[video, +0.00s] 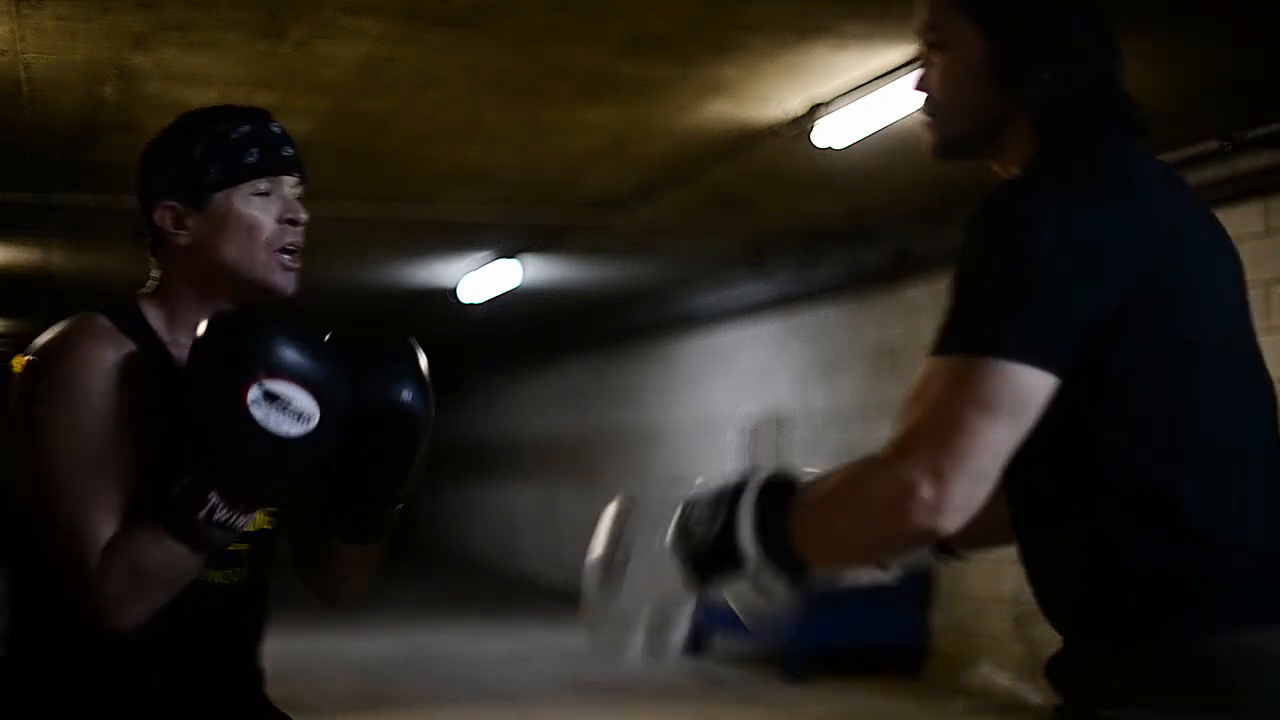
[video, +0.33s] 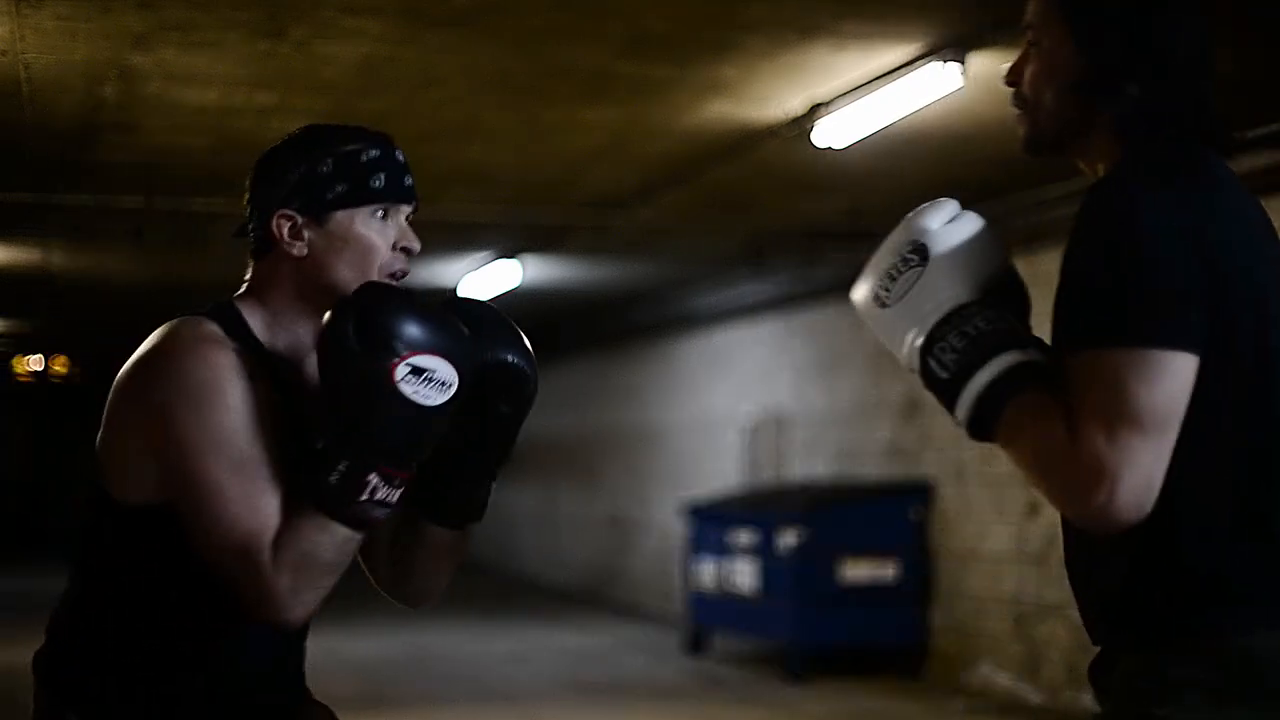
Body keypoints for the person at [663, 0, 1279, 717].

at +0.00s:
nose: (919, 80)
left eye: (938, 49)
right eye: (925, 52)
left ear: (1018, 58)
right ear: (1025, 64)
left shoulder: (1044, 213)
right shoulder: (1147, 198)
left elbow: (930, 492)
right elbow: (1088, 462)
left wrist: (752, 525)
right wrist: (908, 535)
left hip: (1168, 663)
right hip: (1240, 645)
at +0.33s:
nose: (1011, 73)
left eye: (1036, 43)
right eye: (1024, 44)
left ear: (1111, 57)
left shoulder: (1152, 207)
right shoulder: (1200, 199)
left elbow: (1109, 484)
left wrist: (968, 349)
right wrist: (1003, 342)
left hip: (1193, 673)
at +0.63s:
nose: (1016, 76)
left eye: (1041, 47)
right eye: (1028, 48)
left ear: (1115, 62)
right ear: (1121, 66)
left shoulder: (1171, 212)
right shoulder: (1167, 206)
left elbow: (1116, 487)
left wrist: (947, 350)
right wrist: (967, 341)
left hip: (1197, 673)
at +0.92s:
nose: (939, 55)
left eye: (957, 33)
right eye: (947, 33)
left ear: (1015, 47)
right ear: (1094, 50)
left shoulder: (1006, 199)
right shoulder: (1190, 198)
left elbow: (854, 391)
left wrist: (755, 319)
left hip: (1088, 629)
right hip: (1247, 612)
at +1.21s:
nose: (873, 51)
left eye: (894, 24)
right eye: (883, 25)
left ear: (955, 38)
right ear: (989, 41)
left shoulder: (979, 176)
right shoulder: (1049, 166)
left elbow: (894, 461)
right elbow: (884, 412)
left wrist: (799, 473)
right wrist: (712, 301)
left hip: (1080, 656)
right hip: (1171, 626)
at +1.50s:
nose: (975, 59)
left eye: (994, 32)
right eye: (984, 35)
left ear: (1059, 45)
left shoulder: (1115, 197)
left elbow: (1129, 461)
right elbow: (1098, 449)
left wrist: (949, 501)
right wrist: (943, 467)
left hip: (1170, 662)